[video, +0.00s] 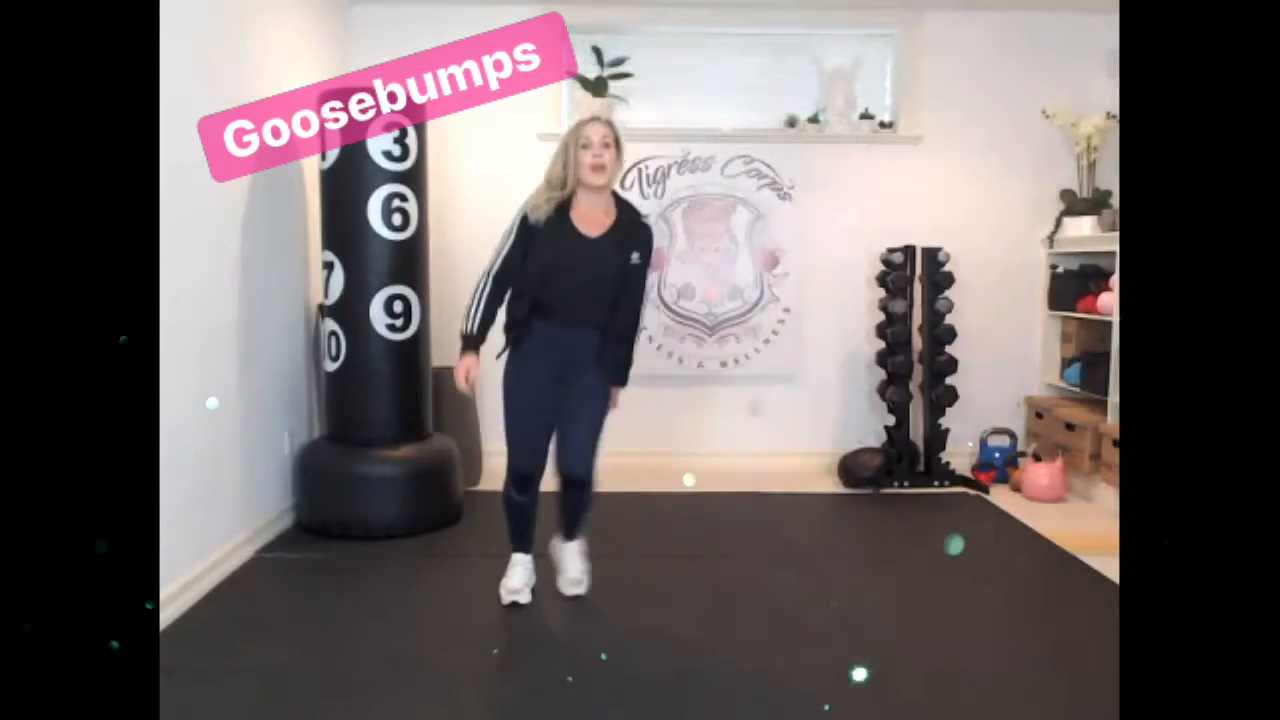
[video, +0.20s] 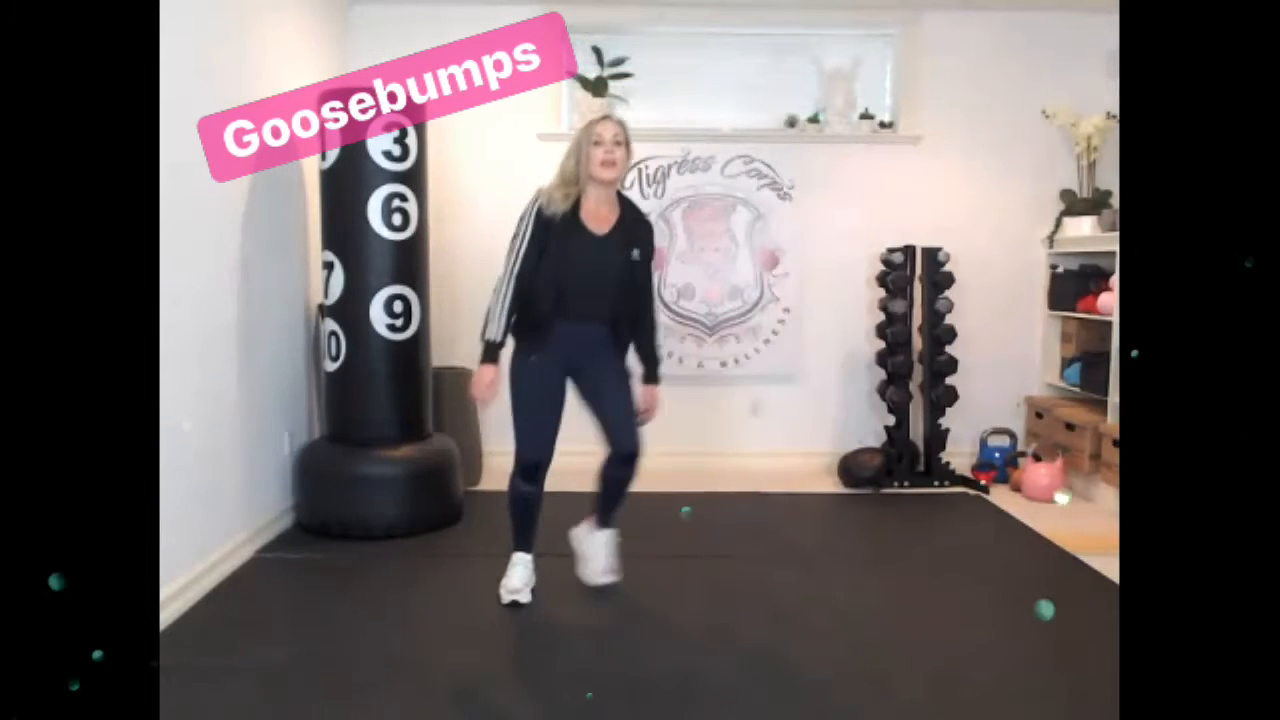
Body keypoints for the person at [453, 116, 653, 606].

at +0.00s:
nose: (597, 156)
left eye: (606, 147)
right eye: (587, 147)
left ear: (618, 157)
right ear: (571, 156)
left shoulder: (635, 229)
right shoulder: (540, 213)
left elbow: (630, 308)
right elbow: (497, 278)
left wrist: (617, 377)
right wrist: (471, 345)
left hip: (592, 360)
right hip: (532, 352)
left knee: (577, 467)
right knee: (525, 466)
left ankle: (570, 543)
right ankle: (520, 558)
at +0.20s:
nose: (609, 152)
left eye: (618, 144)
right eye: (599, 144)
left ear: (628, 155)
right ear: (581, 153)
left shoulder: (636, 225)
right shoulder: (546, 208)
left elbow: (642, 302)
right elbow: (510, 280)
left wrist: (650, 376)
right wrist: (490, 356)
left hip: (599, 350)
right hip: (540, 347)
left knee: (626, 447)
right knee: (532, 460)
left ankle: (599, 530)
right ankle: (521, 557)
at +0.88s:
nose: (700, 153)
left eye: (709, 145)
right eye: (691, 146)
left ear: (725, 151)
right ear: (680, 154)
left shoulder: (745, 207)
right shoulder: (659, 212)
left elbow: (763, 283)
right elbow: (642, 281)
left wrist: (761, 350)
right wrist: (632, 344)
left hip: (733, 341)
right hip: (676, 341)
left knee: (741, 447)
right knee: (671, 441)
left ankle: (744, 542)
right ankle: (678, 524)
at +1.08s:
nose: (703, 165)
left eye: (712, 156)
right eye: (695, 158)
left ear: (729, 163)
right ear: (684, 167)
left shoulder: (747, 222)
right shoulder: (666, 226)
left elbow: (761, 298)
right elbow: (660, 294)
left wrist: (776, 367)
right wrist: (655, 353)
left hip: (738, 351)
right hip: (684, 354)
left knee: (744, 454)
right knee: (683, 452)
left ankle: (745, 542)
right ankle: (702, 529)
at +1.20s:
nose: (692, 154)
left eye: (701, 145)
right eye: (683, 147)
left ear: (719, 152)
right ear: (674, 156)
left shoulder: (742, 207)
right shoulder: (659, 212)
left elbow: (764, 279)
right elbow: (649, 281)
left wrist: (770, 346)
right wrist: (644, 340)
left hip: (728, 339)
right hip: (671, 337)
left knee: (735, 445)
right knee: (640, 429)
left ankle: (743, 543)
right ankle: (647, 519)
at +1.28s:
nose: (690, 153)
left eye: (699, 144)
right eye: (682, 146)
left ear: (716, 151)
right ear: (672, 156)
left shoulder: (740, 206)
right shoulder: (655, 211)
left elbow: (763, 277)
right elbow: (646, 280)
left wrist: (768, 344)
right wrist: (639, 340)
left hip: (724, 339)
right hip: (666, 337)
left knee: (733, 446)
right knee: (632, 431)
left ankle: (742, 543)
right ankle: (628, 520)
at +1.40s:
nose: (675, 166)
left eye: (684, 157)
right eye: (666, 159)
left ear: (700, 165)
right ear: (655, 169)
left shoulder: (722, 225)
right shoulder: (636, 227)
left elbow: (748, 293)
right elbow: (628, 296)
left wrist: (757, 360)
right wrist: (621, 357)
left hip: (707, 352)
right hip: (647, 351)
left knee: (730, 454)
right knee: (604, 446)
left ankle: (743, 546)